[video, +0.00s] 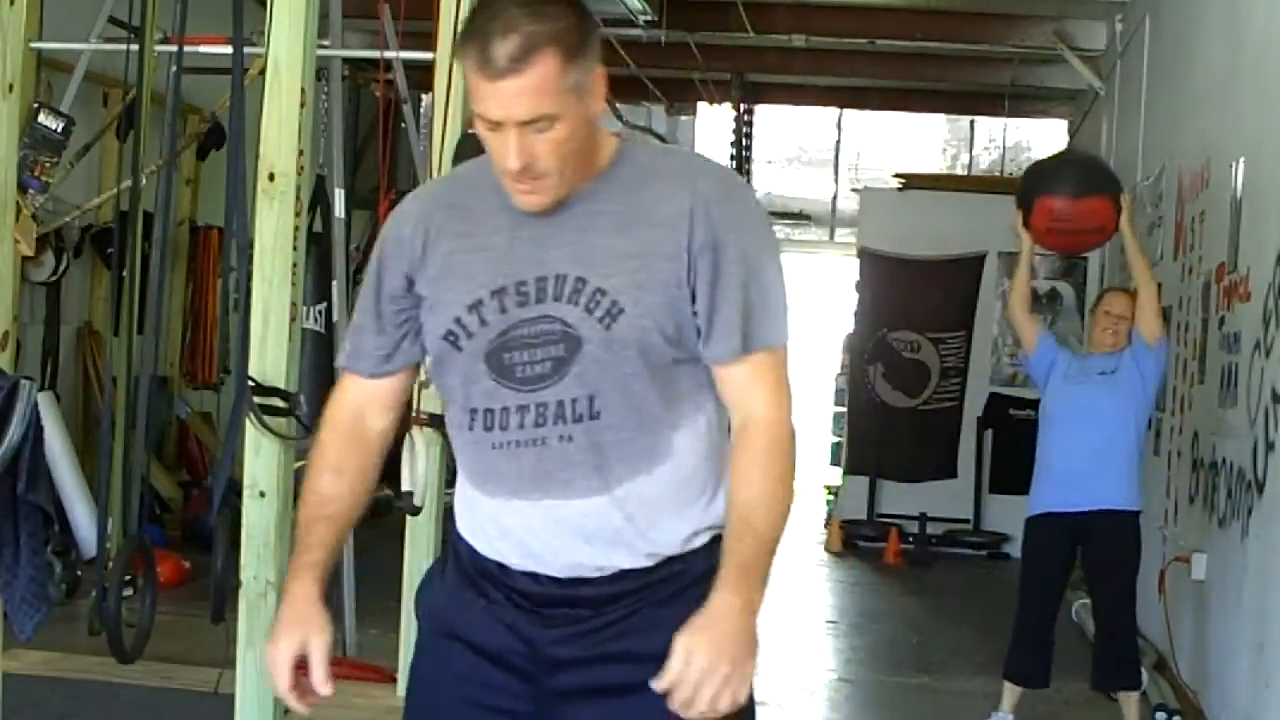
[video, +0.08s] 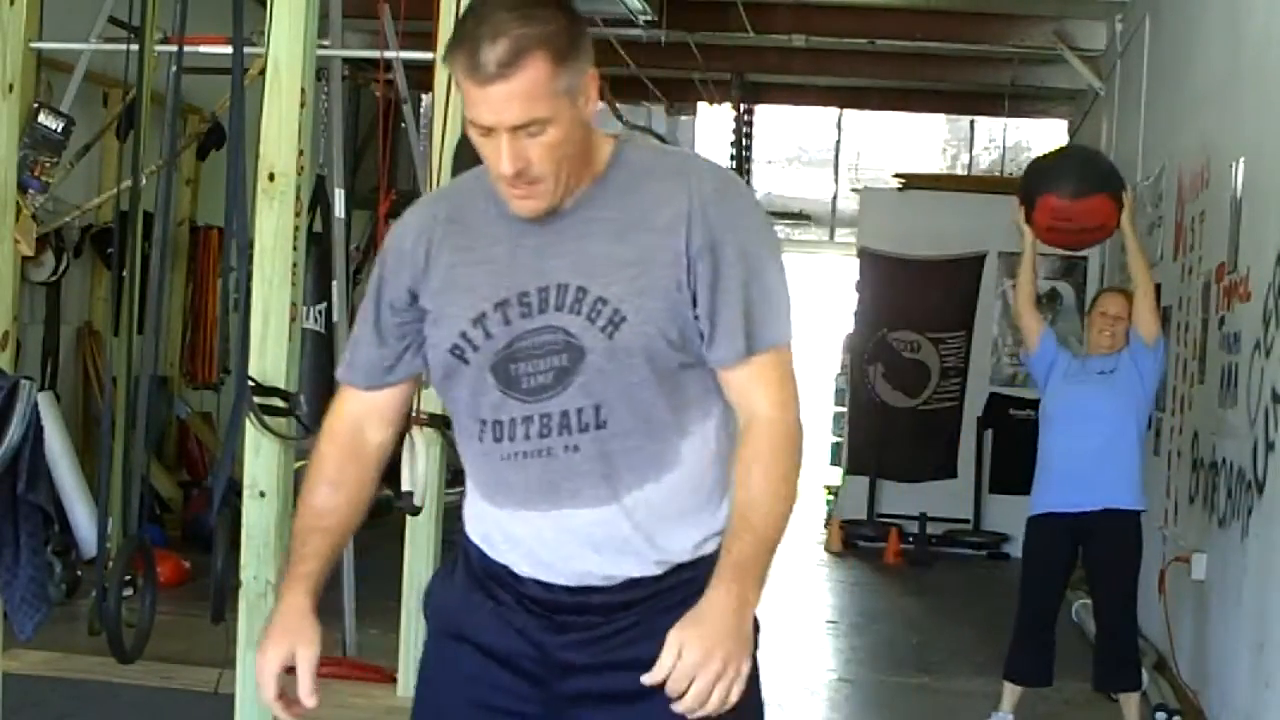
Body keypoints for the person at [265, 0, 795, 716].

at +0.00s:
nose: (515, 159)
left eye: (541, 125)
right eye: (490, 126)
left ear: (598, 91)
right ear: (470, 105)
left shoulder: (706, 208)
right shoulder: (423, 226)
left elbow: (762, 419)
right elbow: (362, 409)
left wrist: (735, 606)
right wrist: (304, 584)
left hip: (657, 621)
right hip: (479, 617)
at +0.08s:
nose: (508, 163)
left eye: (532, 129)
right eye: (483, 132)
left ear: (591, 96)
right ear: (463, 114)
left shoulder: (703, 208)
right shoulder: (426, 237)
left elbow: (769, 416)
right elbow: (362, 420)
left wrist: (732, 599)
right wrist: (297, 595)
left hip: (665, 625)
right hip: (489, 622)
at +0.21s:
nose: (524, 180)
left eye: (547, 145)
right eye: (500, 150)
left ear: (607, 108)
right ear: (479, 132)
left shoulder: (727, 223)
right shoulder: (459, 256)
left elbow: (796, 441)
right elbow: (397, 439)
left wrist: (747, 633)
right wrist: (322, 612)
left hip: (699, 634)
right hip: (523, 626)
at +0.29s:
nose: (550, 196)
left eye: (572, 160)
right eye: (525, 166)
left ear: (635, 120)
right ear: (504, 147)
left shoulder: (757, 238)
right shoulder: (494, 268)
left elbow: (817, 467)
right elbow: (441, 447)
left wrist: (759, 675)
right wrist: (367, 627)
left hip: (728, 636)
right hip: (555, 629)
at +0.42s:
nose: (573, 211)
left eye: (595, 177)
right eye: (548, 182)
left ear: (659, 138)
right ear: (530, 162)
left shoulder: (782, 255)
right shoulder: (525, 269)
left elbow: (831, 492)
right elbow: (478, 462)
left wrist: (768, 700)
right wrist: (418, 641)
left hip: (750, 631)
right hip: (583, 621)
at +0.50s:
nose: (577, 225)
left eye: (601, 191)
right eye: (553, 196)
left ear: (666, 151)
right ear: (535, 173)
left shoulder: (782, 265)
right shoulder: (528, 277)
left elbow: (830, 508)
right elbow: (490, 471)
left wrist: (772, 707)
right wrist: (439, 662)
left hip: (760, 630)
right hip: (592, 620)